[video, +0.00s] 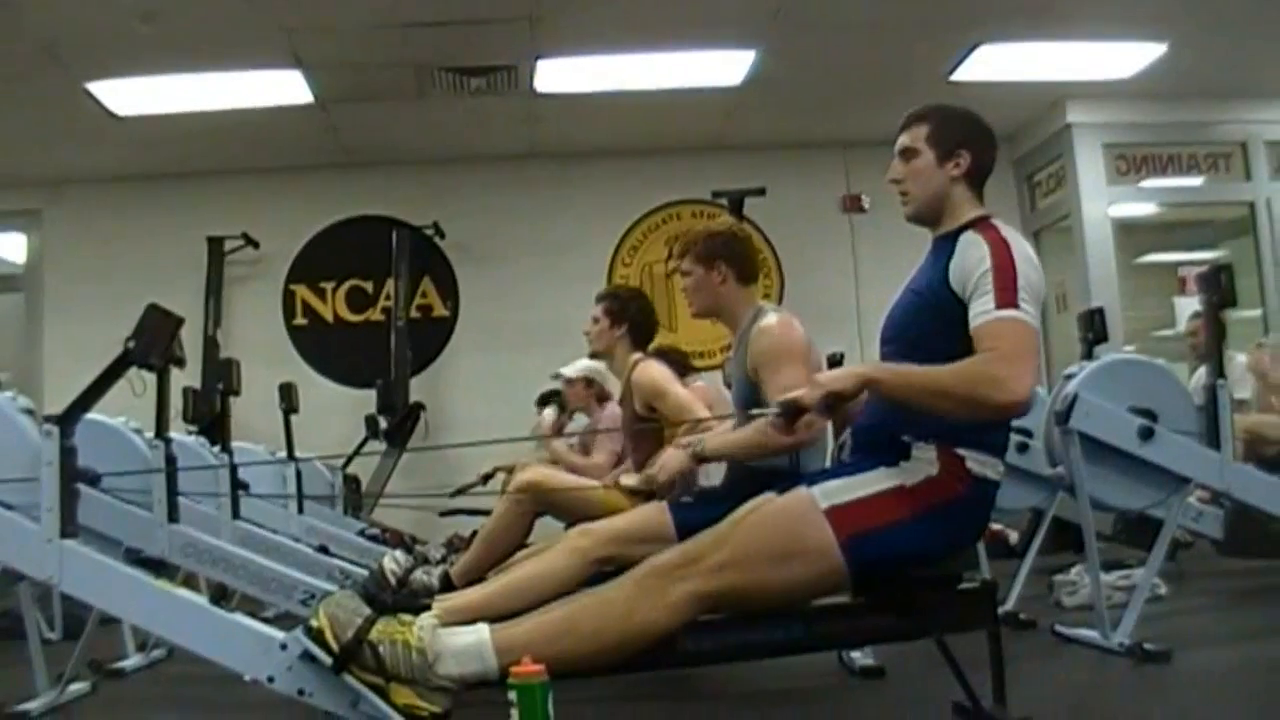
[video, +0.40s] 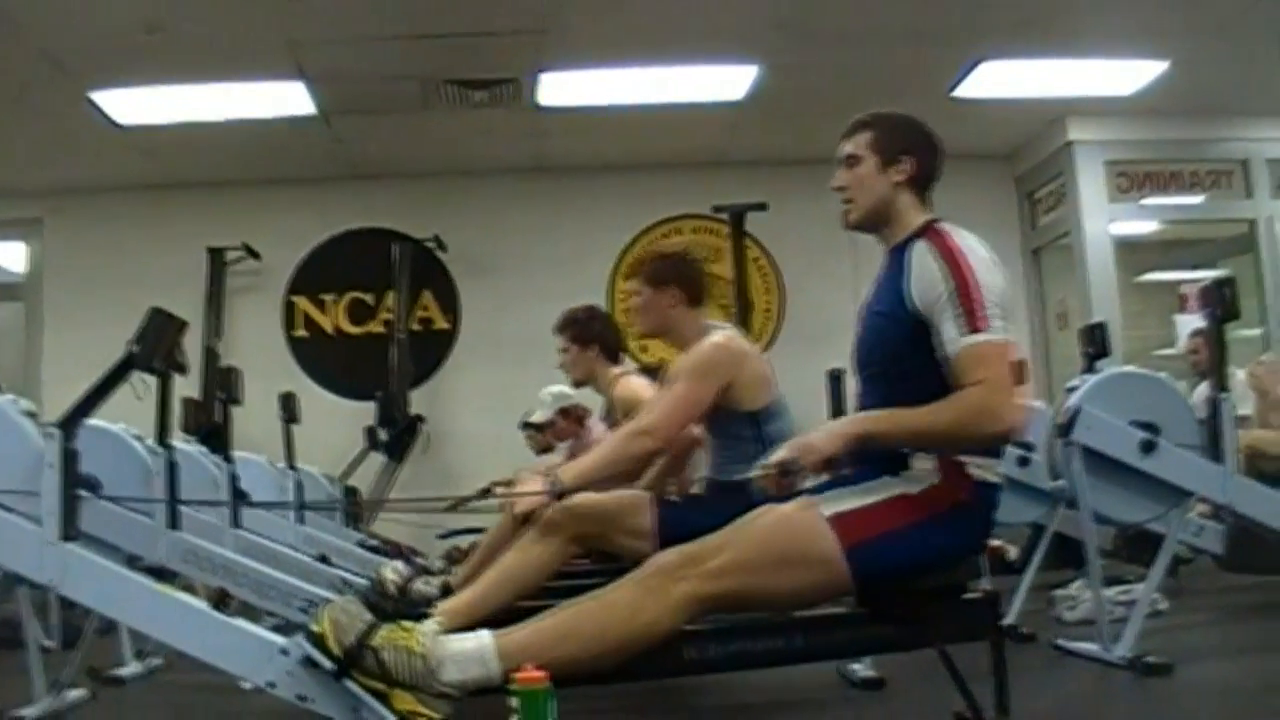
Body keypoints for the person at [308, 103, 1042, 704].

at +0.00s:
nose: (895, 178)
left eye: (908, 160)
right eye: (896, 162)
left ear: (959, 164)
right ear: (942, 168)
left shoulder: (987, 245)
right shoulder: (944, 259)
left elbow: (1011, 381)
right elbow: (908, 400)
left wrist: (869, 376)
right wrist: (829, 417)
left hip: (933, 478)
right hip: (887, 471)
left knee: (696, 573)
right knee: (665, 556)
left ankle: (455, 661)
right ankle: (452, 649)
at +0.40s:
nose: (838, 181)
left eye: (853, 165)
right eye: (839, 168)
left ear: (906, 171)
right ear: (886, 179)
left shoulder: (942, 252)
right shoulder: (898, 270)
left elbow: (1000, 405)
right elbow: (928, 411)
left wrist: (850, 429)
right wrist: (836, 443)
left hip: (936, 491)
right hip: (895, 485)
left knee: (694, 570)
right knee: (678, 563)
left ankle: (460, 664)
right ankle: (453, 659)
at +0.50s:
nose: (803, 186)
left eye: (816, 169)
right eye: (802, 173)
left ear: (869, 173)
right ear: (852, 184)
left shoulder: (911, 254)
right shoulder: (858, 285)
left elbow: (913, 421)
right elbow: (826, 425)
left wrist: (771, 450)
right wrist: (752, 472)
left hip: (914, 493)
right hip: (865, 488)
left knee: (673, 564)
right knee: (657, 554)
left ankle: (432, 664)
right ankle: (423, 653)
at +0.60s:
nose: (771, 177)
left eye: (785, 159)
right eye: (772, 162)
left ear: (837, 165)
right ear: (817, 171)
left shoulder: (882, 243)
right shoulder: (828, 273)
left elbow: (842, 407)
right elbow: (787, 395)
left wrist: (685, 462)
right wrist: (679, 455)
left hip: (912, 481)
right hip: (864, 476)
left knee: (664, 534)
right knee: (647, 523)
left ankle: (434, 650)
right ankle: (428, 643)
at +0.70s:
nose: (729, 162)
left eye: (743, 145)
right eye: (731, 148)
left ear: (796, 152)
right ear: (781, 158)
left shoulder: (843, 226)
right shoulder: (788, 255)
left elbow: (768, 379)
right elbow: (731, 371)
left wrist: (620, 454)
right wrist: (620, 450)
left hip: (897, 467)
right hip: (847, 461)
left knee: (632, 494)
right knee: (623, 492)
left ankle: (436, 631)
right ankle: (433, 624)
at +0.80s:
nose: (684, 149)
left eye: (698, 131)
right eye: (687, 134)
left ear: (750, 140)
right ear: (742, 142)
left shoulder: (799, 212)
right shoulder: (752, 236)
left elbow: (695, 363)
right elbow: (682, 361)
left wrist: (557, 447)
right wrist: (559, 442)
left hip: (877, 447)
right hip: (826, 441)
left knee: (627, 447)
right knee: (609, 450)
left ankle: (438, 608)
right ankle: (433, 604)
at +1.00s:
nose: (596, 158)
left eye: (610, 141)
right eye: (599, 144)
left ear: (660, 147)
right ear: (656, 152)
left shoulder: (713, 221)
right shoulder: (684, 231)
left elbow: (588, 375)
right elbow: (596, 370)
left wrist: (454, 463)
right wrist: (460, 455)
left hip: (812, 451)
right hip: (767, 440)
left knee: (575, 405)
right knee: (556, 405)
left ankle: (438, 608)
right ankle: (431, 592)